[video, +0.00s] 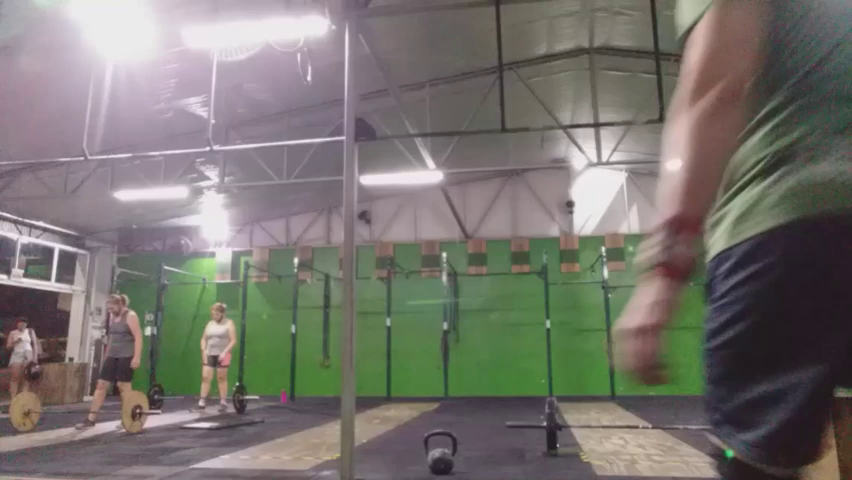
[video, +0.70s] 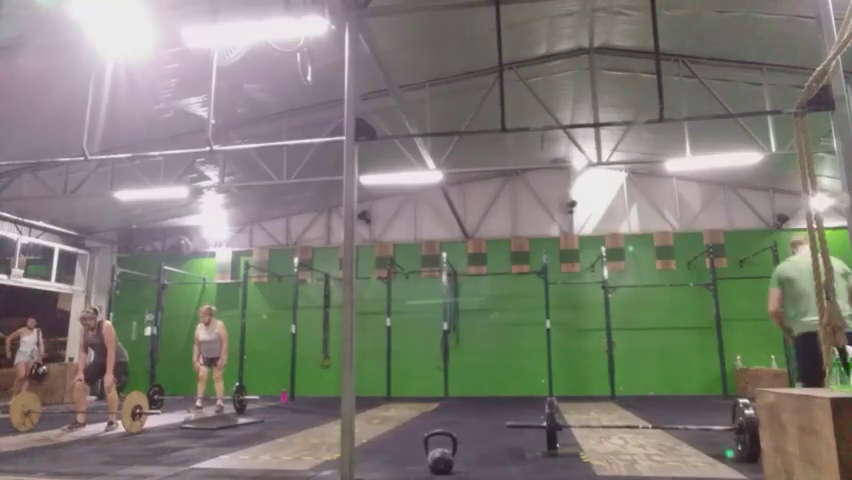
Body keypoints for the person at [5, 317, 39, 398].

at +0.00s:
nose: (22, 325)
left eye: (24, 323)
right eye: (20, 323)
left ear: (26, 324)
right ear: (17, 324)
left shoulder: (30, 332)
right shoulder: (13, 333)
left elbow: (35, 345)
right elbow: (8, 347)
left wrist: (35, 359)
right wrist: (16, 342)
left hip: (28, 357)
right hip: (16, 357)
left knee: (27, 378)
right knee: (14, 378)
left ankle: (25, 398)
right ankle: (13, 400)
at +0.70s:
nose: (31, 324)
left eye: (33, 322)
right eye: (30, 322)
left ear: (35, 323)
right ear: (27, 322)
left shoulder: (38, 331)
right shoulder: (22, 330)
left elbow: (41, 343)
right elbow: (8, 339)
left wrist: (41, 354)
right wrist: (8, 352)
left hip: (32, 355)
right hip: (22, 354)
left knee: (28, 376)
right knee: (21, 375)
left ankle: (23, 395)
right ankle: (14, 395)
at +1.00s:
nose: (18, 323)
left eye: (20, 321)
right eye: (16, 321)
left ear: (23, 322)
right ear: (14, 323)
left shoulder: (27, 332)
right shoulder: (10, 333)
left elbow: (31, 345)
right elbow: (5, 346)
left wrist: (33, 358)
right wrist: (2, 358)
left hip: (24, 357)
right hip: (11, 357)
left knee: (22, 379)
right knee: (8, 379)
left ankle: (22, 399)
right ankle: (7, 400)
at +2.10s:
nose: (11, 320)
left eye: (13, 319)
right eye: (10, 318)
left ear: (17, 320)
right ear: (6, 320)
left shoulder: (20, 329)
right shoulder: (3, 330)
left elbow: (24, 344)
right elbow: (2, 342)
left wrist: (25, 357)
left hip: (16, 354)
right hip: (3, 354)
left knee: (11, 377)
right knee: (2, 376)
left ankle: (9, 399)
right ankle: (2, 396)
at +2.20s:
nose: (2, 320)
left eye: (3, 317)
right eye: (1, 317)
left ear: (7, 318)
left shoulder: (12, 328)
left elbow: (16, 342)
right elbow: (16, 343)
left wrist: (16, 356)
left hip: (7, 354)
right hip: (2, 354)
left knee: (4, 377)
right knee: (3, 378)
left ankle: (7, 398)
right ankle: (6, 398)